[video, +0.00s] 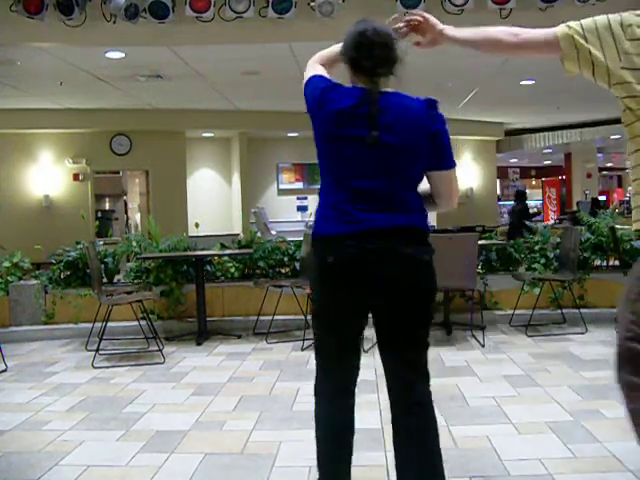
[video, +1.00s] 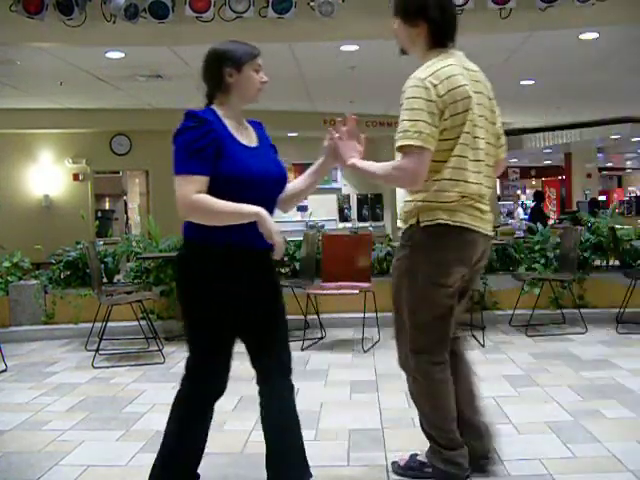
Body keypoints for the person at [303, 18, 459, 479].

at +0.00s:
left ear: (348, 66)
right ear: (395, 65)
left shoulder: (329, 106)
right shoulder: (423, 114)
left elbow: (317, 63)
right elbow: (446, 200)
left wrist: (365, 42)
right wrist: (412, 194)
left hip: (339, 257)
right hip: (405, 256)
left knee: (334, 383)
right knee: (410, 382)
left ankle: (333, 476)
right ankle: (423, 477)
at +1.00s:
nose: (264, 78)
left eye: (263, 70)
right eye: (257, 70)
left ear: (238, 76)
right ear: (230, 75)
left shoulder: (257, 130)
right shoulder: (199, 127)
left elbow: (282, 199)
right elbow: (187, 203)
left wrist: (327, 161)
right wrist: (256, 213)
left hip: (255, 263)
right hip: (208, 265)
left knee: (277, 377)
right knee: (205, 379)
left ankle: (291, 475)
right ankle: (171, 476)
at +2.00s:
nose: (93, 117)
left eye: (93, 110)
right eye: (89, 110)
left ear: (65, 113)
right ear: (70, 112)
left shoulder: (66, 153)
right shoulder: (50, 155)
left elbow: (94, 214)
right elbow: (50, 225)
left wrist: (142, 197)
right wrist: (105, 237)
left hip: (76, 272)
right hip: (59, 276)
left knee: (78, 364)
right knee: (100, 374)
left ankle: (65, 453)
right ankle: (128, 469)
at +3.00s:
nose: (18, 117)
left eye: (16, 110)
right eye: (13, 110)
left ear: (5, 116)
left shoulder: (8, 162)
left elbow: (32, 217)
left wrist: (72, 201)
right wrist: (70, 202)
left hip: (14, 274)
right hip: (3, 275)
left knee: (33, 358)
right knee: (31, 358)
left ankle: (34, 447)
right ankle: (32, 447)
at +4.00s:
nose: (117, 124)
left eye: (115, 118)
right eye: (110, 119)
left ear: (89, 127)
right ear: (90, 125)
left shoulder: (87, 162)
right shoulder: (87, 165)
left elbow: (127, 206)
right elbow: (99, 226)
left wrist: (177, 197)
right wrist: (153, 227)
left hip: (81, 265)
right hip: (97, 266)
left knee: (97, 348)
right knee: (127, 352)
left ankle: (45, 424)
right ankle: (123, 432)